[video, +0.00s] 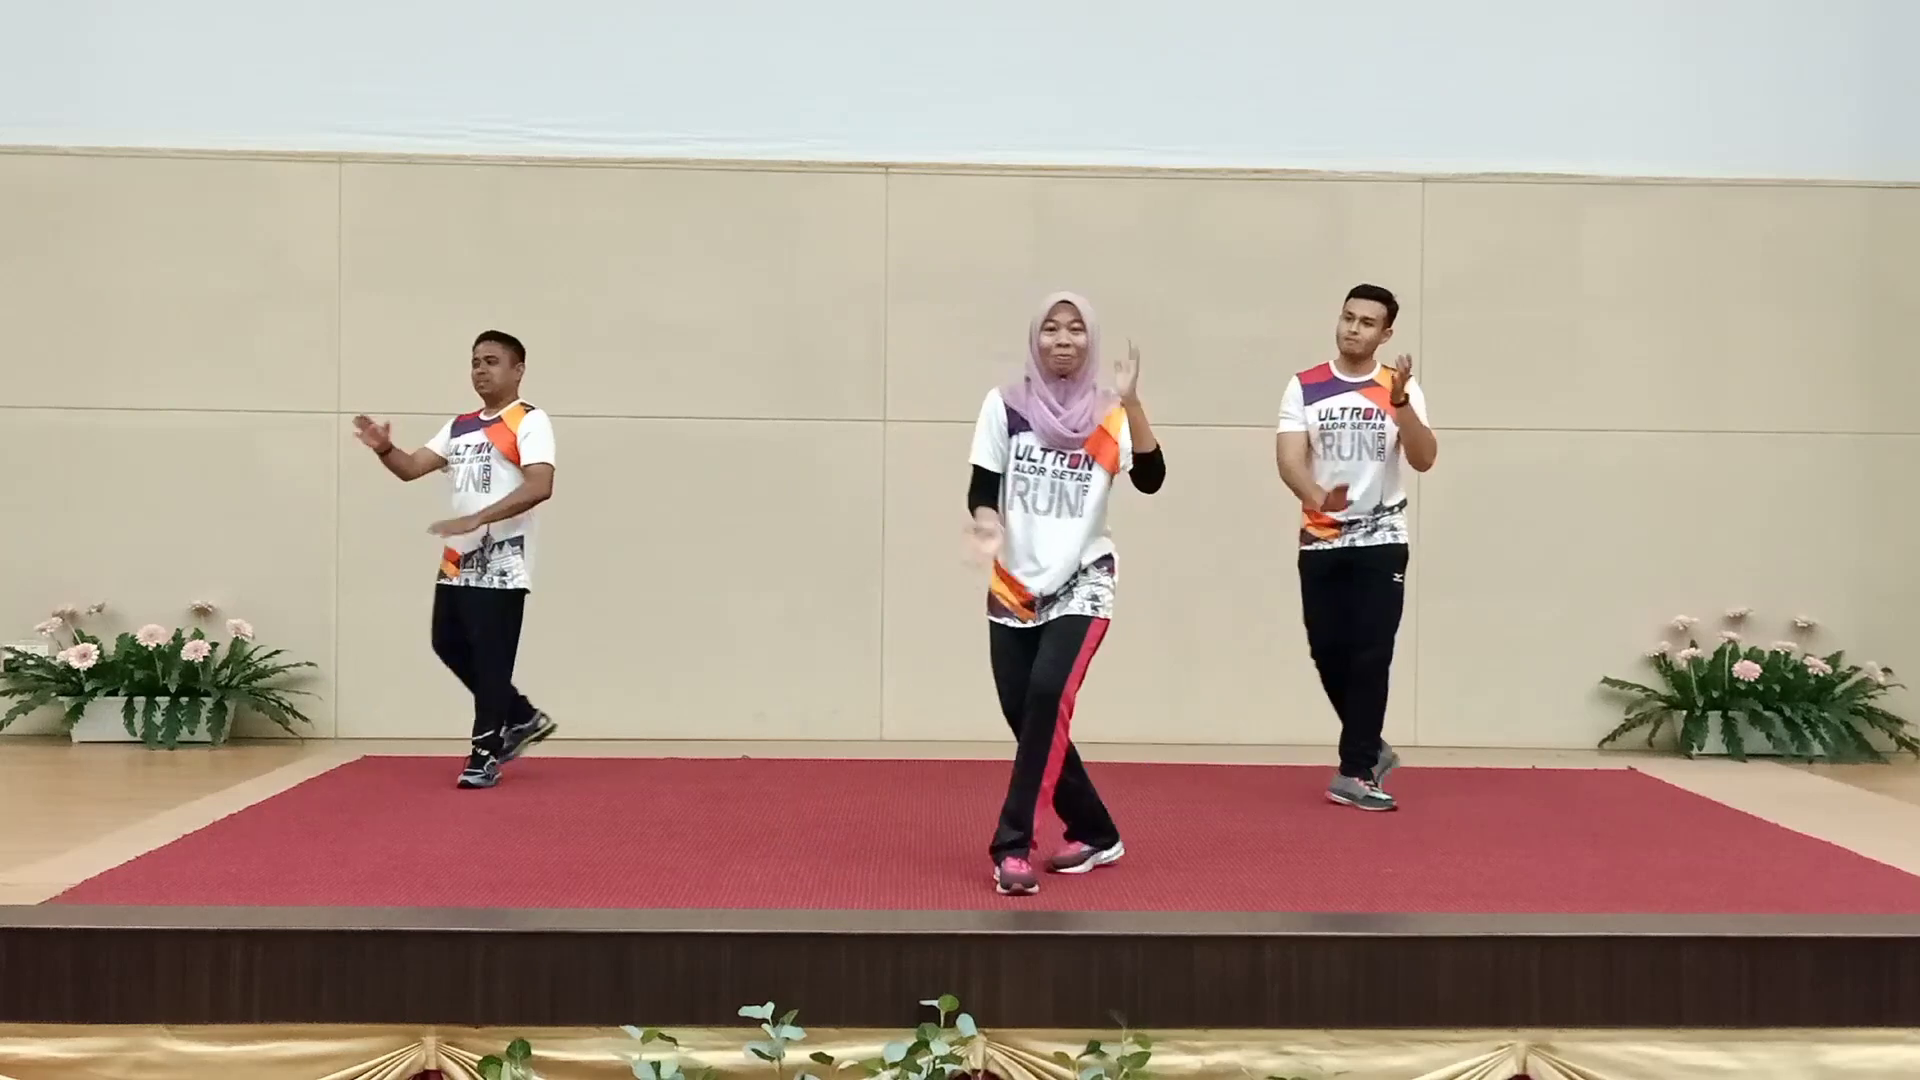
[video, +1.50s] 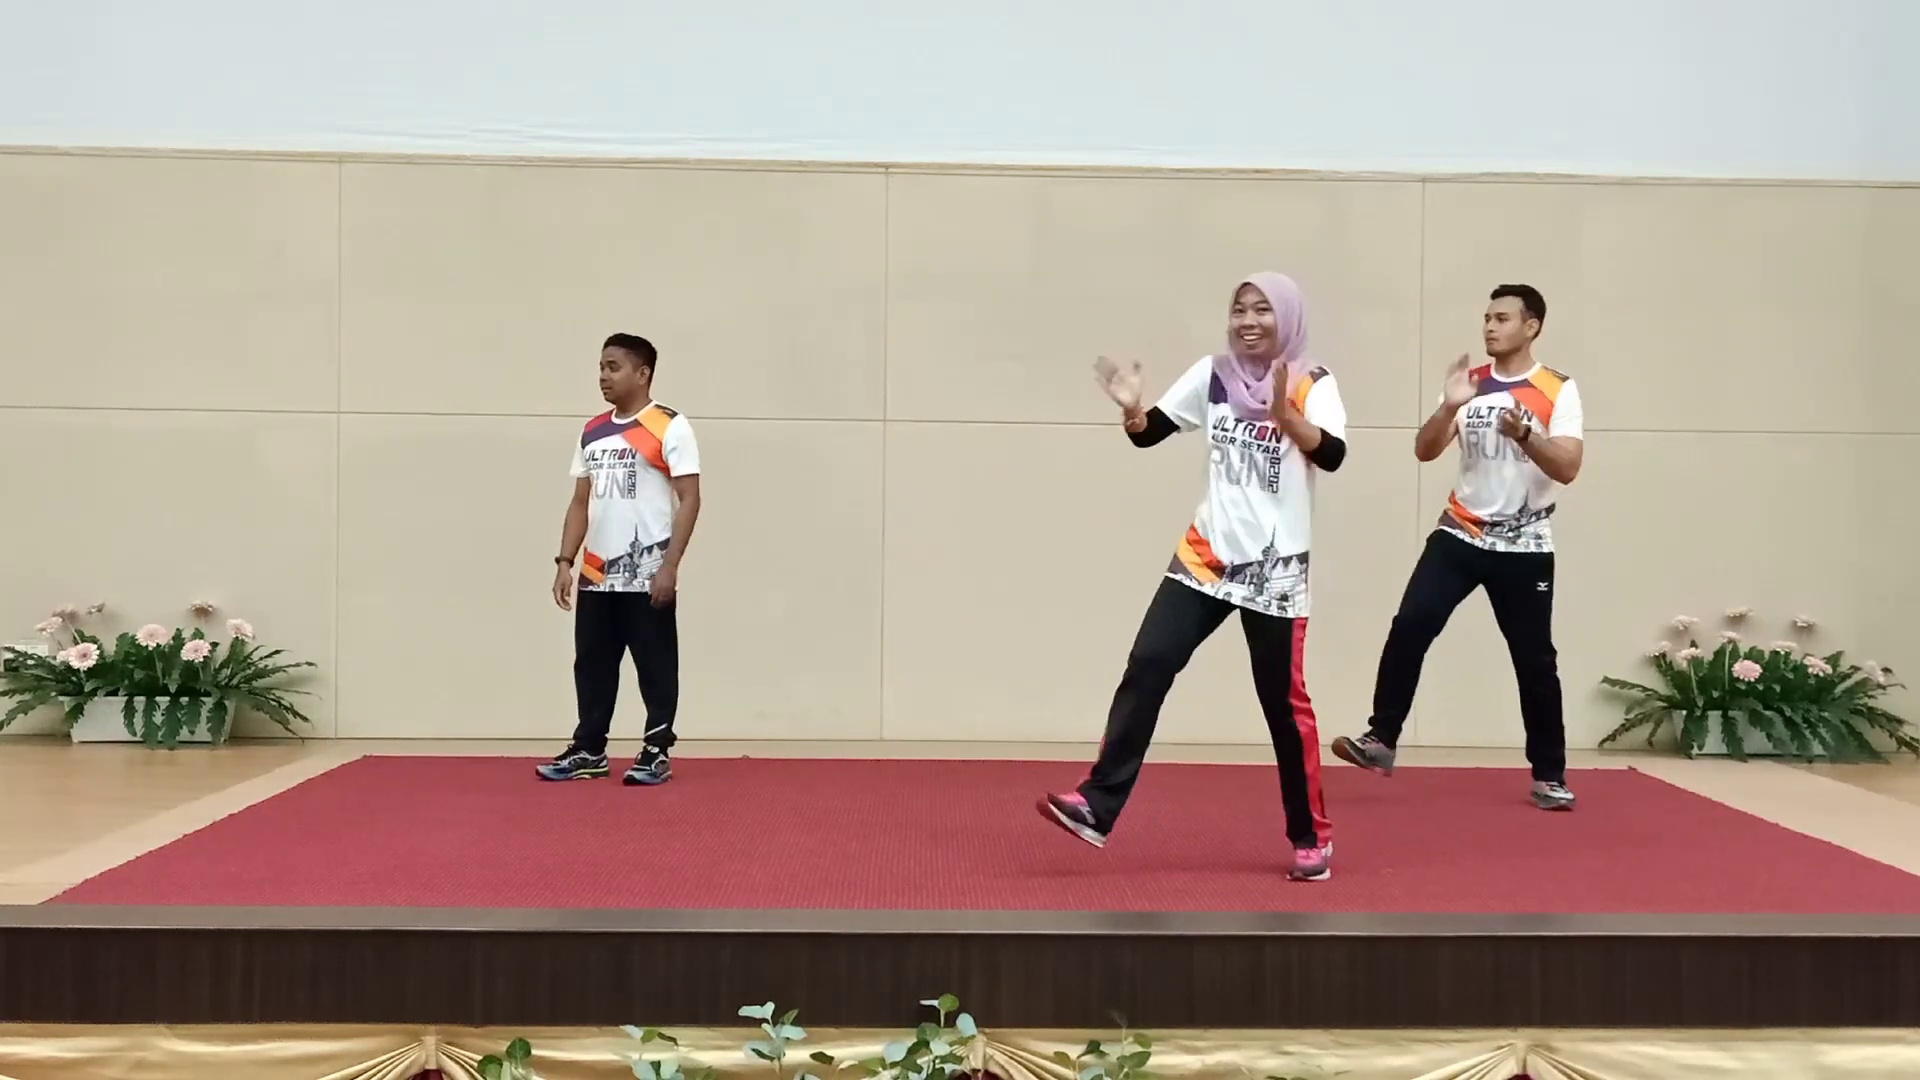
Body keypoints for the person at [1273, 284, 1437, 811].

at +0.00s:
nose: (1355, 329)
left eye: (1368, 322)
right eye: (1349, 318)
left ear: (1385, 333)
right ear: (1337, 322)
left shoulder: (1401, 389)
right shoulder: (1305, 386)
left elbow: (1423, 459)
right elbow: (1290, 460)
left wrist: (1400, 401)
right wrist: (1315, 495)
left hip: (1379, 539)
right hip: (1321, 542)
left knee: (1369, 658)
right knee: (1329, 656)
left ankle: (1352, 775)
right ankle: (1373, 749)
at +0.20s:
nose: (1375, 339)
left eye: (1388, 332)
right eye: (1369, 329)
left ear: (1406, 343)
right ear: (1357, 334)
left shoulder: (1423, 398)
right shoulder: (1326, 400)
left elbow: (1446, 463)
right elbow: (1312, 478)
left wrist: (1414, 407)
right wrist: (1336, 529)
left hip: (1412, 542)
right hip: (1352, 548)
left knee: (1427, 639)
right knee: (1358, 657)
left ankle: (1401, 759)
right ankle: (1383, 764)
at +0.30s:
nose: (1390, 336)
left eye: (1403, 329)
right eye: (1385, 326)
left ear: (1422, 340)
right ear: (1373, 330)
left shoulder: (1440, 397)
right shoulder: (1341, 396)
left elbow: (1459, 465)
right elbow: (1327, 472)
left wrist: (1424, 414)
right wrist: (1348, 519)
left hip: (1425, 539)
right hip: (1364, 546)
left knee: (1449, 638)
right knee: (1366, 661)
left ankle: (1450, 756)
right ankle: (1388, 768)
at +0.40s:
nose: (1411, 329)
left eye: (1424, 324)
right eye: (1406, 319)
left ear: (1443, 336)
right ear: (1395, 324)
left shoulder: (1458, 393)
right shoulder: (1359, 389)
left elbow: (1477, 464)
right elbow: (1341, 463)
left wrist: (1437, 422)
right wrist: (1363, 504)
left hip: (1442, 539)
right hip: (1378, 544)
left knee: (1469, 641)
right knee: (1377, 659)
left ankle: (1503, 755)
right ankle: (1388, 767)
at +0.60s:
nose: (1453, 332)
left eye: (1467, 326)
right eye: (1449, 322)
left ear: (1487, 338)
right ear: (1438, 327)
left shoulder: (1501, 397)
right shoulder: (1403, 387)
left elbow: (1515, 473)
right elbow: (1372, 456)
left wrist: (1469, 454)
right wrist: (1383, 453)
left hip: (1476, 549)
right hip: (1410, 549)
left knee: (1508, 658)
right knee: (1394, 660)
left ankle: (1548, 774)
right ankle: (1389, 769)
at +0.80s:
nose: (1499, 330)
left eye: (1513, 324)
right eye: (1495, 322)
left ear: (1536, 335)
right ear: (1486, 329)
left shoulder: (1550, 398)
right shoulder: (1459, 386)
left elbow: (1561, 477)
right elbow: (1420, 447)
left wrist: (1519, 507)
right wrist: (1427, 405)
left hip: (1515, 554)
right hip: (1451, 545)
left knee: (1529, 666)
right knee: (1404, 641)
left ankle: (1548, 777)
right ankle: (1392, 752)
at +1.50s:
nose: (1490, 327)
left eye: (1501, 319)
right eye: (1487, 319)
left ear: (1532, 327)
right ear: (1483, 327)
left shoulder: (1558, 391)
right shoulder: (1469, 383)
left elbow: (1567, 469)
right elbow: (1424, 449)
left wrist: (1525, 434)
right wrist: (1452, 406)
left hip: (1524, 544)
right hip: (1460, 534)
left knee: (1536, 663)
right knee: (1410, 627)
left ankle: (1548, 777)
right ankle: (1381, 740)